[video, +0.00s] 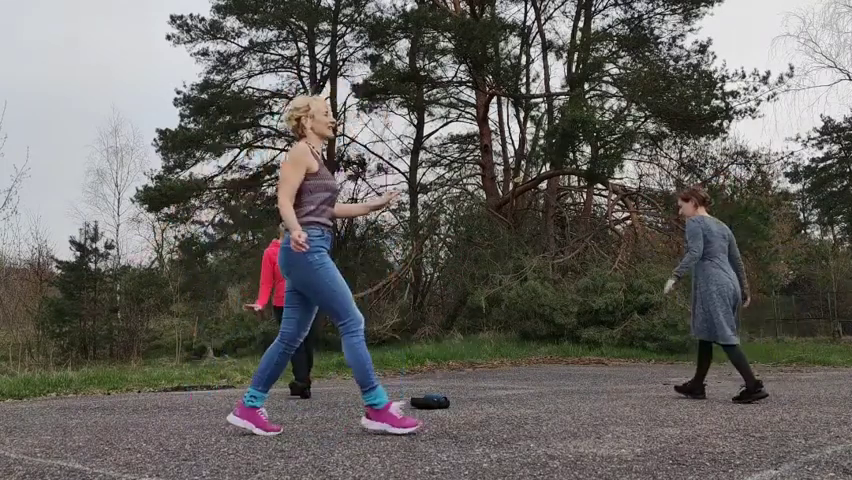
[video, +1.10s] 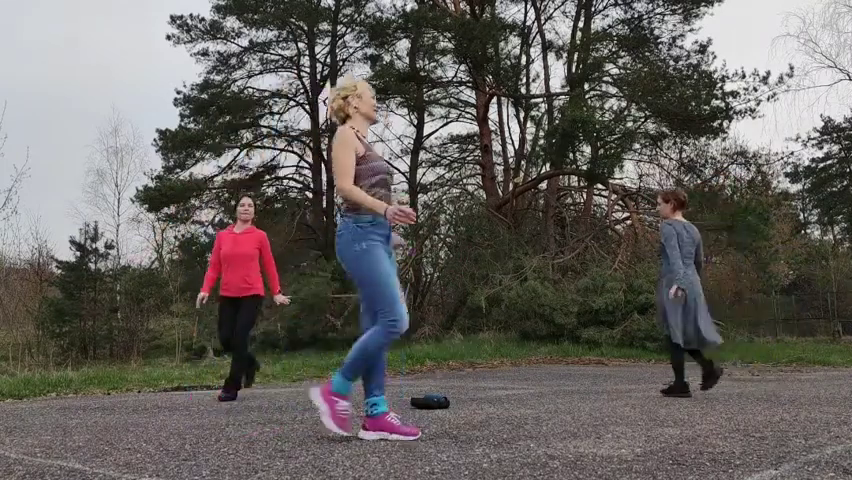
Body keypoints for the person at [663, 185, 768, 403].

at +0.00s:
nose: (680, 211)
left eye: (681, 206)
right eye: (679, 207)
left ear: (694, 202)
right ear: (699, 204)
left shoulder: (695, 223)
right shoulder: (723, 226)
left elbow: (695, 252)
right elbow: (736, 260)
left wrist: (675, 276)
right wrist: (744, 288)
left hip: (712, 285)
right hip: (731, 284)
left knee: (724, 336)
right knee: (706, 335)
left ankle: (753, 385)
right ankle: (697, 383)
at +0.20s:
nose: (688, 208)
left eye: (689, 202)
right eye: (687, 204)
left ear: (701, 198)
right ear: (705, 199)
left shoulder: (698, 219)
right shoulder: (734, 221)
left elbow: (688, 251)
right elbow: (752, 253)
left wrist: (657, 257)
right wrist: (770, 280)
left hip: (717, 280)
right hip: (738, 279)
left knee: (730, 333)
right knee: (712, 328)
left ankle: (752, 384)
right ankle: (722, 377)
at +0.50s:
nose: (692, 211)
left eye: (693, 206)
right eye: (691, 206)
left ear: (705, 201)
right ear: (708, 202)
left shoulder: (702, 223)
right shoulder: (737, 224)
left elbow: (696, 257)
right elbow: (748, 259)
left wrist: (678, 277)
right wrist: (760, 288)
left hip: (718, 284)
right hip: (741, 283)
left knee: (701, 334)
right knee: (739, 332)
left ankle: (730, 366)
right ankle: (753, 384)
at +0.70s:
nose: (685, 208)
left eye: (688, 204)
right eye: (685, 204)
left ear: (700, 202)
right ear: (704, 202)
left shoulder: (696, 223)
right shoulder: (727, 224)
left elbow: (700, 254)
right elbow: (733, 260)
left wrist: (701, 283)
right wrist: (730, 280)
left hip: (711, 284)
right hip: (732, 283)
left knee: (682, 324)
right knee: (734, 332)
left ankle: (698, 373)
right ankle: (752, 384)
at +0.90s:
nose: (673, 211)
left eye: (675, 207)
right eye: (673, 207)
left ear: (687, 206)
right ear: (691, 207)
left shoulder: (683, 228)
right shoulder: (710, 231)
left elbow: (690, 255)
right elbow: (713, 265)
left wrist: (695, 281)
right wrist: (709, 283)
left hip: (688, 288)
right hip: (709, 286)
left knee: (679, 335)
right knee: (717, 334)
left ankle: (680, 383)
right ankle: (747, 379)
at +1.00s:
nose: (665, 209)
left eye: (667, 205)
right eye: (665, 205)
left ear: (678, 205)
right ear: (682, 206)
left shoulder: (675, 227)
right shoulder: (700, 230)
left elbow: (682, 255)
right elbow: (704, 264)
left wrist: (687, 280)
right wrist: (699, 282)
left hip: (678, 288)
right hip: (698, 286)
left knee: (676, 335)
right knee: (696, 337)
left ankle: (680, 383)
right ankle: (732, 370)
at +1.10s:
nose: (658, 208)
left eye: (661, 204)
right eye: (658, 204)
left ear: (672, 205)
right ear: (678, 206)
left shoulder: (668, 226)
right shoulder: (693, 229)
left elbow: (674, 255)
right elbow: (698, 261)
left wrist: (678, 281)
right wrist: (694, 282)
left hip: (675, 284)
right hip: (692, 285)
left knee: (674, 334)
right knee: (685, 334)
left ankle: (679, 383)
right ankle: (708, 367)